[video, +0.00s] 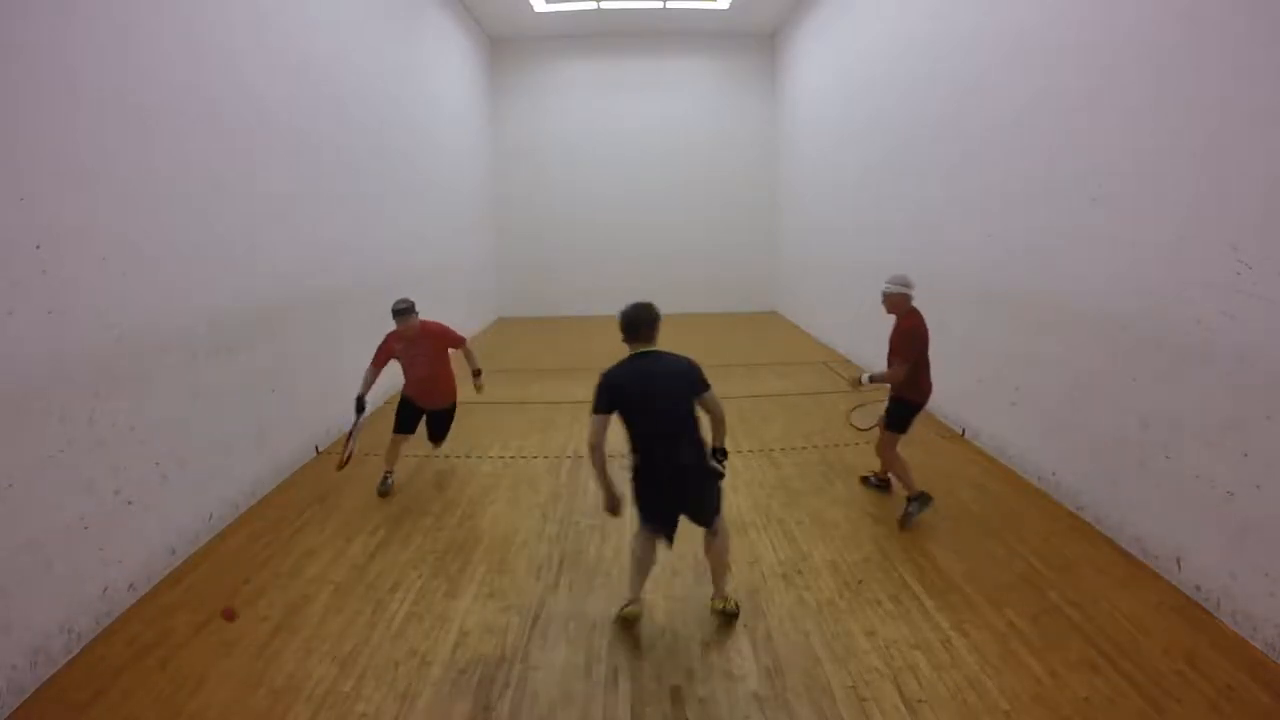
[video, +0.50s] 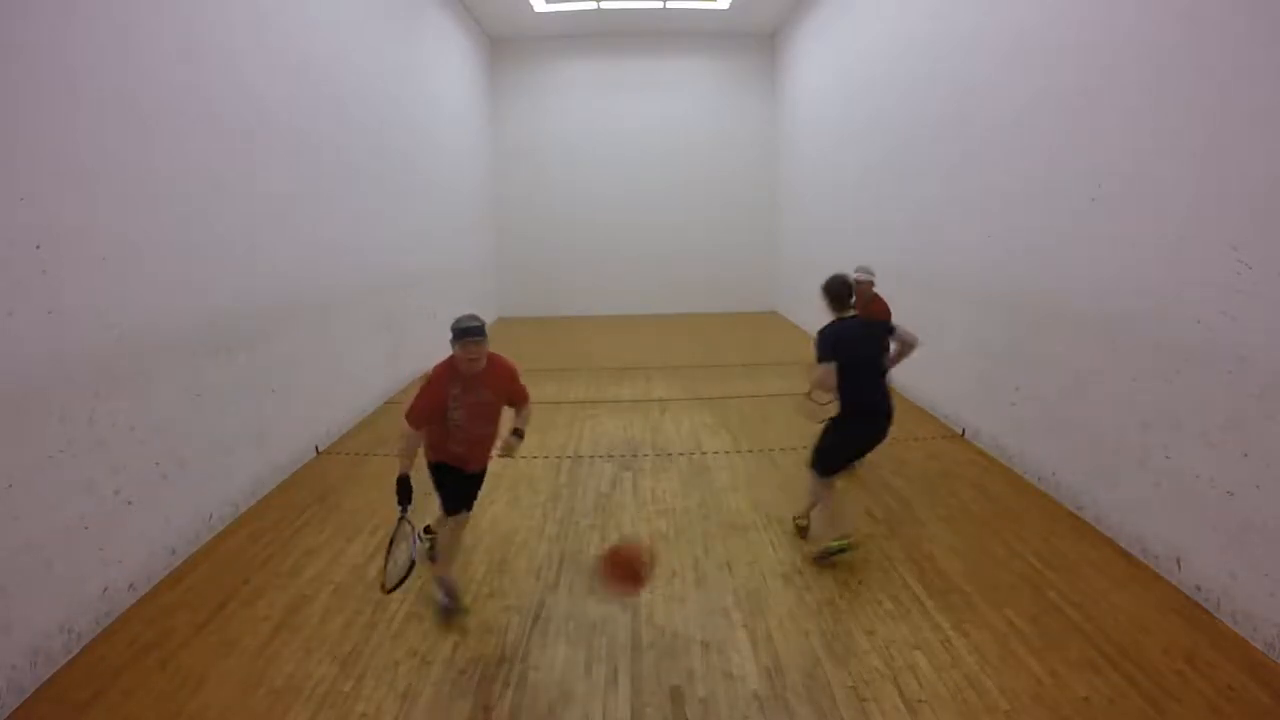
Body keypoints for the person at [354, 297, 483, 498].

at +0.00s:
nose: (404, 326)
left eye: (407, 321)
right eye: (399, 322)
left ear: (416, 316)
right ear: (395, 322)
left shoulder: (435, 331)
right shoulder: (393, 341)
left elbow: (463, 345)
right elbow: (375, 368)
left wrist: (476, 372)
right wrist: (361, 396)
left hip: (442, 398)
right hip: (412, 396)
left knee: (436, 441)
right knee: (398, 437)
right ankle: (387, 476)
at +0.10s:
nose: (409, 336)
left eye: (412, 331)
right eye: (403, 333)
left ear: (419, 326)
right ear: (396, 333)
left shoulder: (437, 340)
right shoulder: (391, 352)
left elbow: (461, 350)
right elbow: (377, 388)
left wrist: (470, 370)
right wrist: (370, 416)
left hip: (437, 407)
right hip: (406, 407)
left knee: (434, 450)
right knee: (389, 444)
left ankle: (419, 473)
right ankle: (386, 476)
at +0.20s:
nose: (421, 337)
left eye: (425, 331)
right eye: (415, 332)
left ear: (433, 328)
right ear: (408, 332)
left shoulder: (448, 343)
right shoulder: (400, 352)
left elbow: (465, 348)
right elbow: (391, 395)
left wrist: (467, 372)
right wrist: (392, 429)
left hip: (438, 418)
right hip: (406, 419)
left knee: (434, 466)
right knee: (392, 449)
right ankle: (381, 472)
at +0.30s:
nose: (435, 342)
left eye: (439, 336)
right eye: (429, 337)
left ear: (448, 335)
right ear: (421, 338)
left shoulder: (463, 358)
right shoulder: (410, 361)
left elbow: (476, 382)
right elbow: (399, 407)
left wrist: (475, 411)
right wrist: (403, 448)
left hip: (445, 436)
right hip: (410, 438)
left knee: (441, 488)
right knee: (396, 471)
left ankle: (433, 538)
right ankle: (388, 475)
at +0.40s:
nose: (452, 358)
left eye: (457, 352)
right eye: (447, 353)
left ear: (465, 346)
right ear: (436, 348)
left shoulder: (478, 368)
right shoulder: (421, 373)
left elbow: (490, 403)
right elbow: (404, 420)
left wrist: (488, 440)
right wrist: (404, 464)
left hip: (459, 456)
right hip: (422, 455)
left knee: (456, 502)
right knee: (419, 504)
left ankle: (429, 533)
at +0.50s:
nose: (472, 351)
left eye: (478, 344)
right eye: (465, 345)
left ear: (487, 345)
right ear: (453, 348)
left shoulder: (502, 372)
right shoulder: (441, 380)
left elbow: (522, 403)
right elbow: (413, 429)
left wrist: (517, 433)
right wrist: (403, 475)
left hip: (477, 457)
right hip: (444, 456)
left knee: (459, 510)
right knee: (458, 516)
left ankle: (432, 532)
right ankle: (443, 580)